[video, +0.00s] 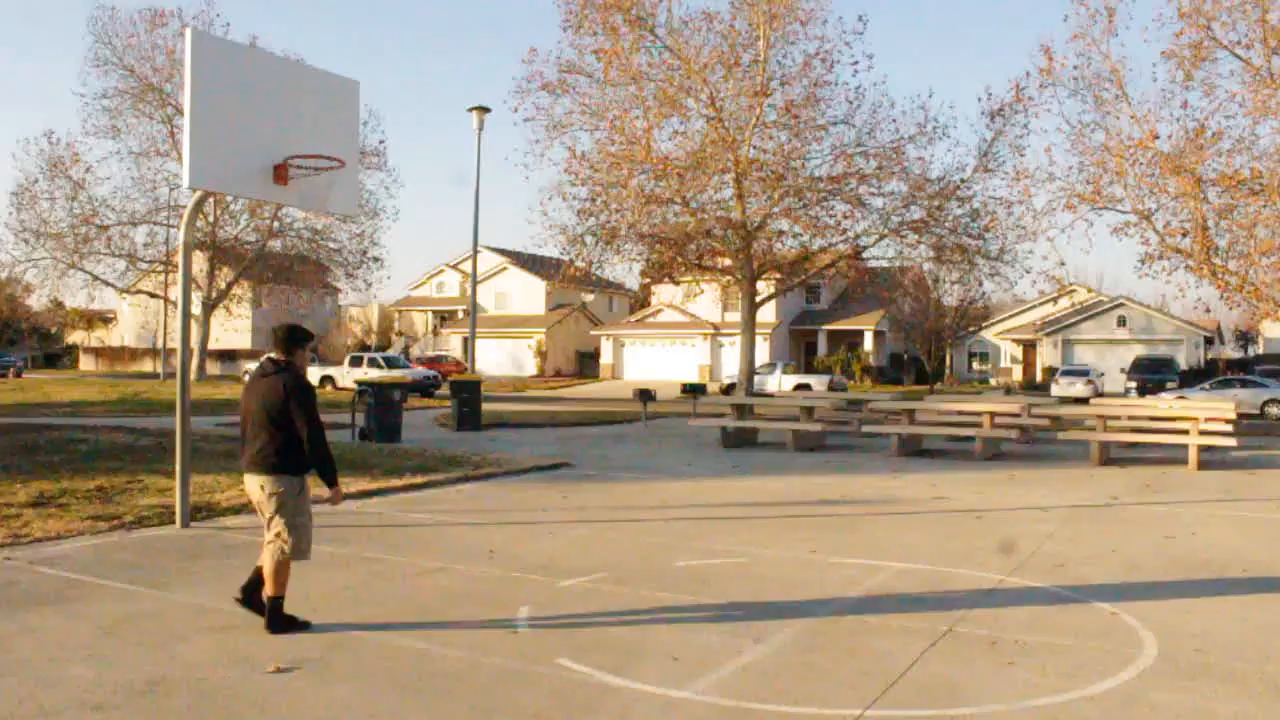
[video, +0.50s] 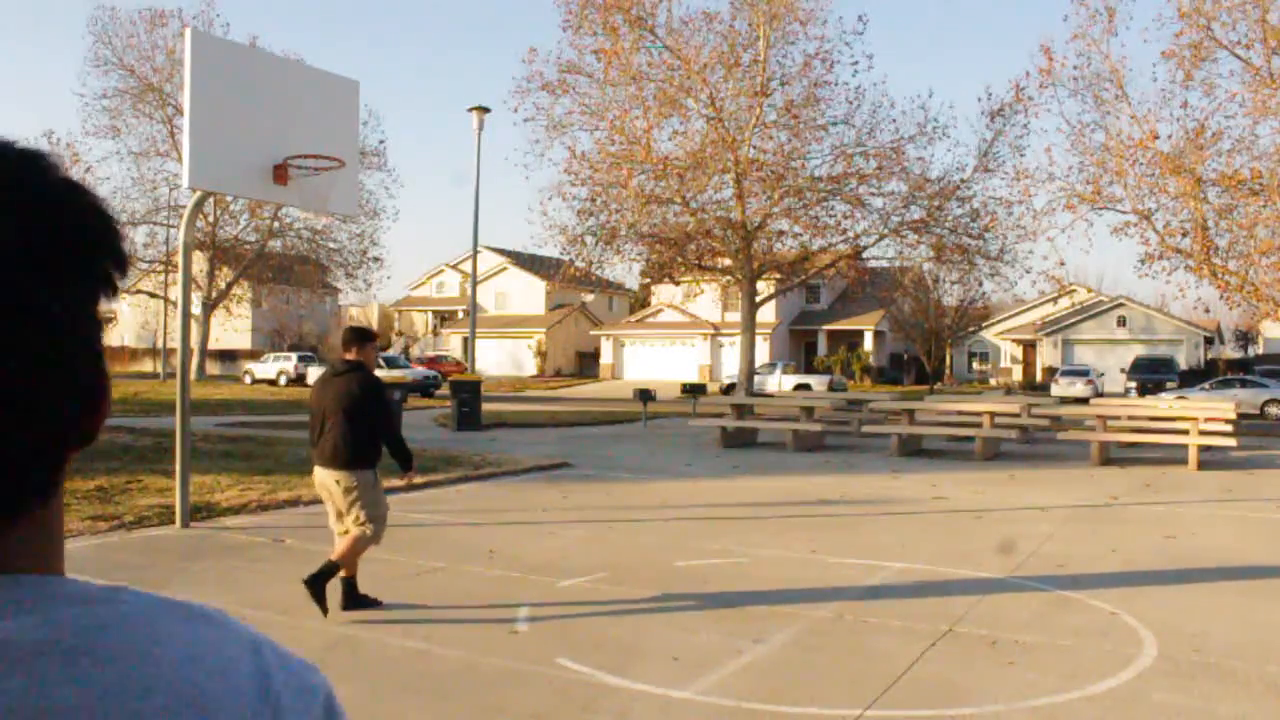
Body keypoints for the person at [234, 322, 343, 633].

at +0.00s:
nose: (310, 358)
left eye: (310, 352)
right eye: (307, 352)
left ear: (277, 350)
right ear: (295, 352)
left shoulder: (255, 380)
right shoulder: (296, 385)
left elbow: (249, 428)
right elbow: (314, 437)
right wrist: (332, 482)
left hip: (253, 472)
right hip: (281, 475)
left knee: (278, 534)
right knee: (284, 540)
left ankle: (254, 587)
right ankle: (275, 613)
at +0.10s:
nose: (322, 356)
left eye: (321, 351)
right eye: (320, 350)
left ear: (292, 350)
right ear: (310, 351)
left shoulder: (266, 382)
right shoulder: (312, 385)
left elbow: (256, 431)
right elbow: (338, 433)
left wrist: (263, 461)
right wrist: (366, 471)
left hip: (268, 471)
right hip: (293, 475)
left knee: (311, 530)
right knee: (288, 539)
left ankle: (298, 596)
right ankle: (276, 612)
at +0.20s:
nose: (338, 358)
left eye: (338, 352)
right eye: (336, 352)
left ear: (307, 352)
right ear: (325, 353)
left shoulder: (281, 382)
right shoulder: (328, 386)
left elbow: (267, 429)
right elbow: (356, 428)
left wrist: (266, 468)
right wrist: (386, 461)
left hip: (281, 471)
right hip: (308, 474)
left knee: (319, 532)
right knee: (296, 539)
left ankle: (340, 590)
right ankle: (277, 614)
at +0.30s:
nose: (350, 360)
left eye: (349, 355)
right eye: (348, 355)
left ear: (318, 354)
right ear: (338, 356)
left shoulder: (295, 384)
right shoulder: (343, 389)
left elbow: (281, 431)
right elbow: (369, 430)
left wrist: (279, 471)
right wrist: (399, 457)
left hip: (297, 472)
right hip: (323, 474)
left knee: (336, 533)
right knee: (308, 537)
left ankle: (349, 593)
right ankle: (279, 609)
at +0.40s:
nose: (364, 359)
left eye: (364, 353)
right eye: (362, 353)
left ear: (333, 353)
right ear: (348, 354)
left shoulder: (308, 384)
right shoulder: (358, 387)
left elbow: (297, 431)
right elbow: (379, 431)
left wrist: (297, 470)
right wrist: (403, 462)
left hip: (311, 470)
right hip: (339, 473)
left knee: (347, 530)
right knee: (337, 532)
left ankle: (350, 593)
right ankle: (294, 593)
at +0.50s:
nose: (377, 356)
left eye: (376, 350)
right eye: (373, 350)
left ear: (346, 351)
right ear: (358, 351)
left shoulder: (323, 381)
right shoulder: (368, 383)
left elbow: (316, 426)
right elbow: (388, 430)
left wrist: (320, 456)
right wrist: (406, 461)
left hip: (322, 467)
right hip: (354, 470)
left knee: (344, 529)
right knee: (370, 526)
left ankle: (350, 593)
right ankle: (320, 578)